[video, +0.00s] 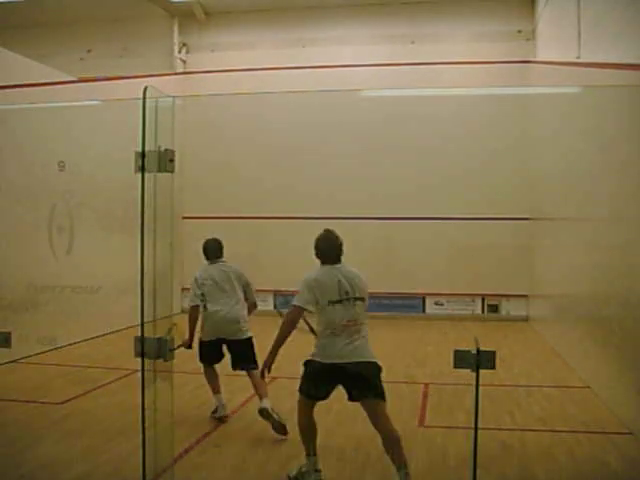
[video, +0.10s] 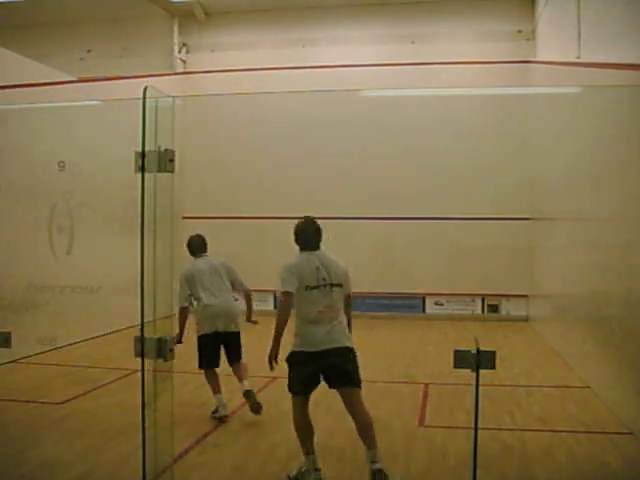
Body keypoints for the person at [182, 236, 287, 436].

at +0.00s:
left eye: (207, 253)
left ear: (205, 255)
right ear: (223, 253)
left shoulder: (201, 276)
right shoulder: (236, 272)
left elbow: (194, 308)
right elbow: (253, 304)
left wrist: (190, 337)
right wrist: (237, 317)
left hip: (211, 330)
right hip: (238, 328)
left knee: (208, 363)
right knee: (252, 369)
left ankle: (220, 406)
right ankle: (265, 404)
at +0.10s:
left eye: (190, 249)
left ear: (190, 251)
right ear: (207, 248)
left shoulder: (188, 273)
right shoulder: (223, 266)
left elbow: (184, 307)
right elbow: (246, 291)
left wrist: (180, 333)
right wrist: (249, 315)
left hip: (207, 325)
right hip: (231, 322)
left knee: (208, 366)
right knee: (236, 360)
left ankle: (221, 406)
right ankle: (246, 387)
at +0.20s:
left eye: (180, 241)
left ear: (179, 242)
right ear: (196, 237)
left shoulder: (181, 262)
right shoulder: (211, 253)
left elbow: (175, 295)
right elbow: (238, 274)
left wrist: (166, 321)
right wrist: (249, 293)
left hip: (199, 314)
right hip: (218, 310)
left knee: (205, 355)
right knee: (216, 347)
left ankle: (216, 390)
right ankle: (220, 386)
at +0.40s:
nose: (161, 240)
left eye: (160, 237)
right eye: (162, 236)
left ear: (161, 237)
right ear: (175, 232)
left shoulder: (167, 255)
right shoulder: (190, 247)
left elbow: (158, 288)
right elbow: (214, 259)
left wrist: (136, 306)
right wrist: (223, 273)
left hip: (183, 305)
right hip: (201, 303)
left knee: (175, 344)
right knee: (195, 342)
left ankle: (188, 378)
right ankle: (200, 381)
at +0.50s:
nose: (148, 244)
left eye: (148, 240)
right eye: (148, 240)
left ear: (150, 240)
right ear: (164, 235)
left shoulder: (159, 254)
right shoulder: (179, 246)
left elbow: (152, 286)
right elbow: (200, 260)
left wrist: (127, 300)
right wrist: (203, 271)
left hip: (180, 302)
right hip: (197, 299)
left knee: (160, 333)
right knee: (184, 336)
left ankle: (165, 372)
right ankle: (196, 366)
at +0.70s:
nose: (129, 259)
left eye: (128, 256)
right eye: (128, 256)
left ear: (131, 255)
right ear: (142, 250)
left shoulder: (142, 264)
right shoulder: (158, 258)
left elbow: (140, 293)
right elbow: (181, 267)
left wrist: (114, 299)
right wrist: (194, 277)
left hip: (164, 305)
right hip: (179, 301)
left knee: (148, 333)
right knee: (163, 332)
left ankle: (158, 371)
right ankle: (167, 362)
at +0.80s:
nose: (121, 264)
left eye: (120, 260)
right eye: (120, 260)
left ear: (122, 260)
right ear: (133, 254)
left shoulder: (136, 267)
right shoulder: (149, 260)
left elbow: (136, 293)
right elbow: (174, 267)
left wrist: (112, 297)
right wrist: (194, 276)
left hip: (163, 304)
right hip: (176, 300)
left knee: (144, 332)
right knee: (160, 329)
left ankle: (157, 367)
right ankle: (164, 365)